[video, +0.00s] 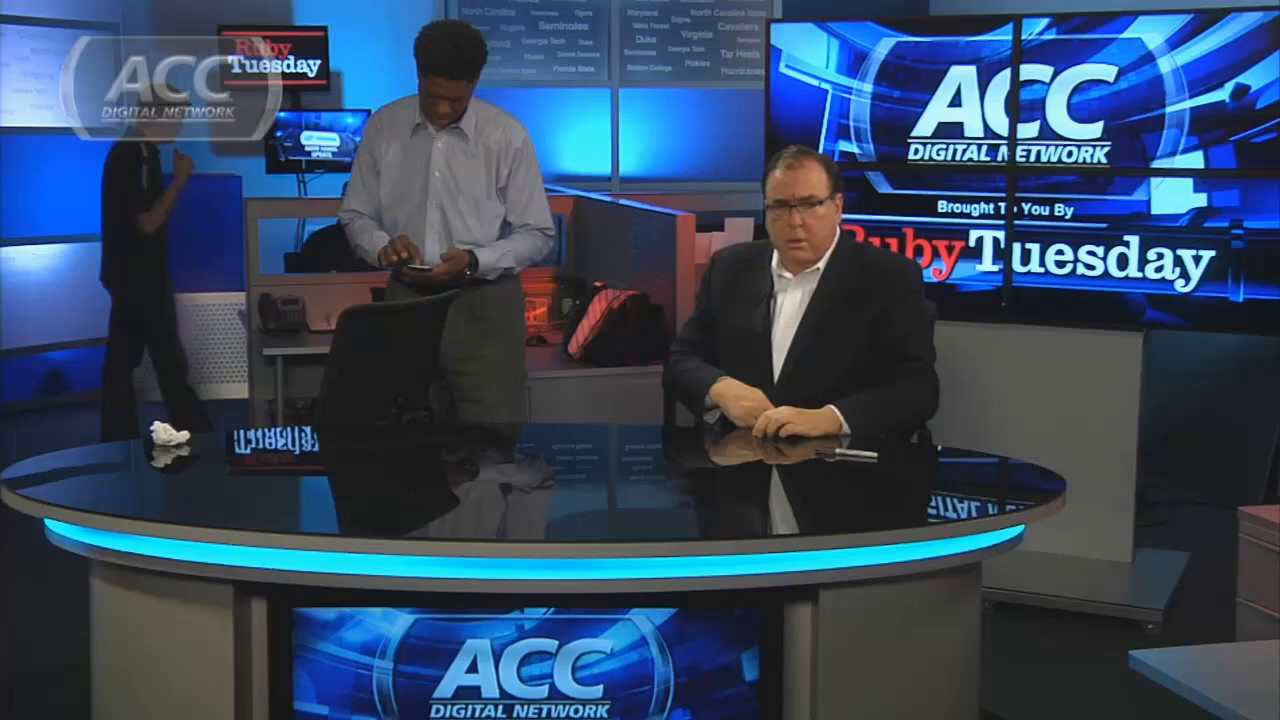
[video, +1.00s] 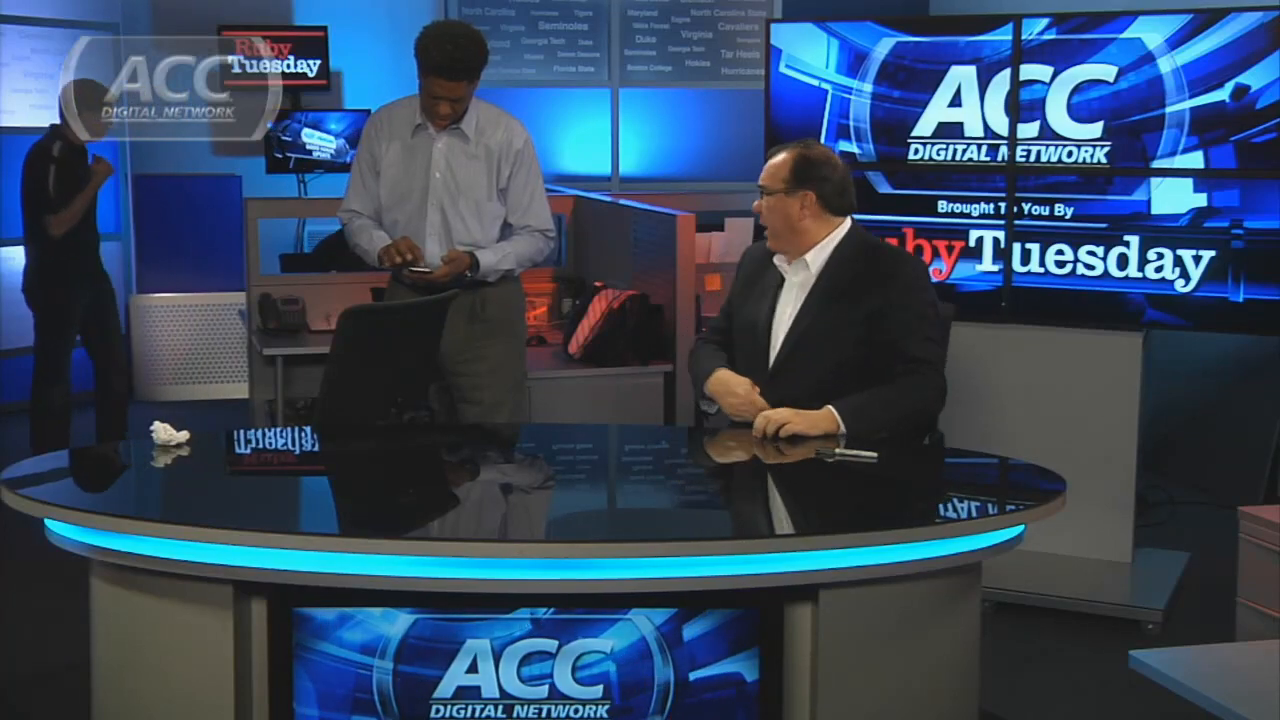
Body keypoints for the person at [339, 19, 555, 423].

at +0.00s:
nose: (443, 110)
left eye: (456, 99)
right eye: (433, 97)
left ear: (474, 83)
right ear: (419, 77)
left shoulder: (507, 136)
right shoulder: (383, 127)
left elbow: (537, 235)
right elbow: (355, 216)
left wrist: (475, 259)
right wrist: (382, 246)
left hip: (485, 313)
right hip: (407, 311)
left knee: (489, 449)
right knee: (407, 450)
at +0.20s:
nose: (443, 109)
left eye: (456, 98)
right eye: (433, 95)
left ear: (476, 82)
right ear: (420, 75)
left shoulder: (507, 136)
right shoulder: (383, 127)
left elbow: (538, 235)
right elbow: (355, 216)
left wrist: (475, 258)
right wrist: (382, 246)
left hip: (485, 313)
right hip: (406, 310)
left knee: (489, 447)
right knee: (406, 449)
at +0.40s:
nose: (443, 109)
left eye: (456, 98)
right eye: (434, 95)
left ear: (476, 82)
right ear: (420, 75)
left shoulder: (508, 136)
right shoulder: (383, 127)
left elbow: (538, 235)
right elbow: (355, 216)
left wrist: (475, 258)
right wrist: (382, 247)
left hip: (485, 313)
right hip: (407, 311)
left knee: (489, 448)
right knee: (407, 450)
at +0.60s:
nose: (443, 109)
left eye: (456, 98)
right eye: (433, 95)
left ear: (476, 82)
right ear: (420, 75)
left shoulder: (508, 137)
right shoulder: (383, 127)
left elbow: (538, 236)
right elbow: (355, 215)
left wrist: (475, 258)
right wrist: (381, 247)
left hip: (485, 314)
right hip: (406, 311)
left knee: (489, 448)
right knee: (407, 450)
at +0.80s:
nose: (443, 109)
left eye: (456, 99)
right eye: (433, 96)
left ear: (476, 82)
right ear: (420, 75)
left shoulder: (508, 137)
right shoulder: (383, 127)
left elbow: (538, 237)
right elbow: (355, 215)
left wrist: (475, 259)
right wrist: (381, 247)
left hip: (485, 314)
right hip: (406, 311)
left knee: (489, 449)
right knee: (406, 451)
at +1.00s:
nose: (443, 110)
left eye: (456, 100)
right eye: (433, 97)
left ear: (475, 83)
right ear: (420, 77)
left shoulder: (508, 137)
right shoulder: (383, 127)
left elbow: (538, 237)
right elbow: (355, 216)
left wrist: (475, 260)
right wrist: (382, 247)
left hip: (485, 314)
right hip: (406, 312)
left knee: (489, 449)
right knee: (406, 451)